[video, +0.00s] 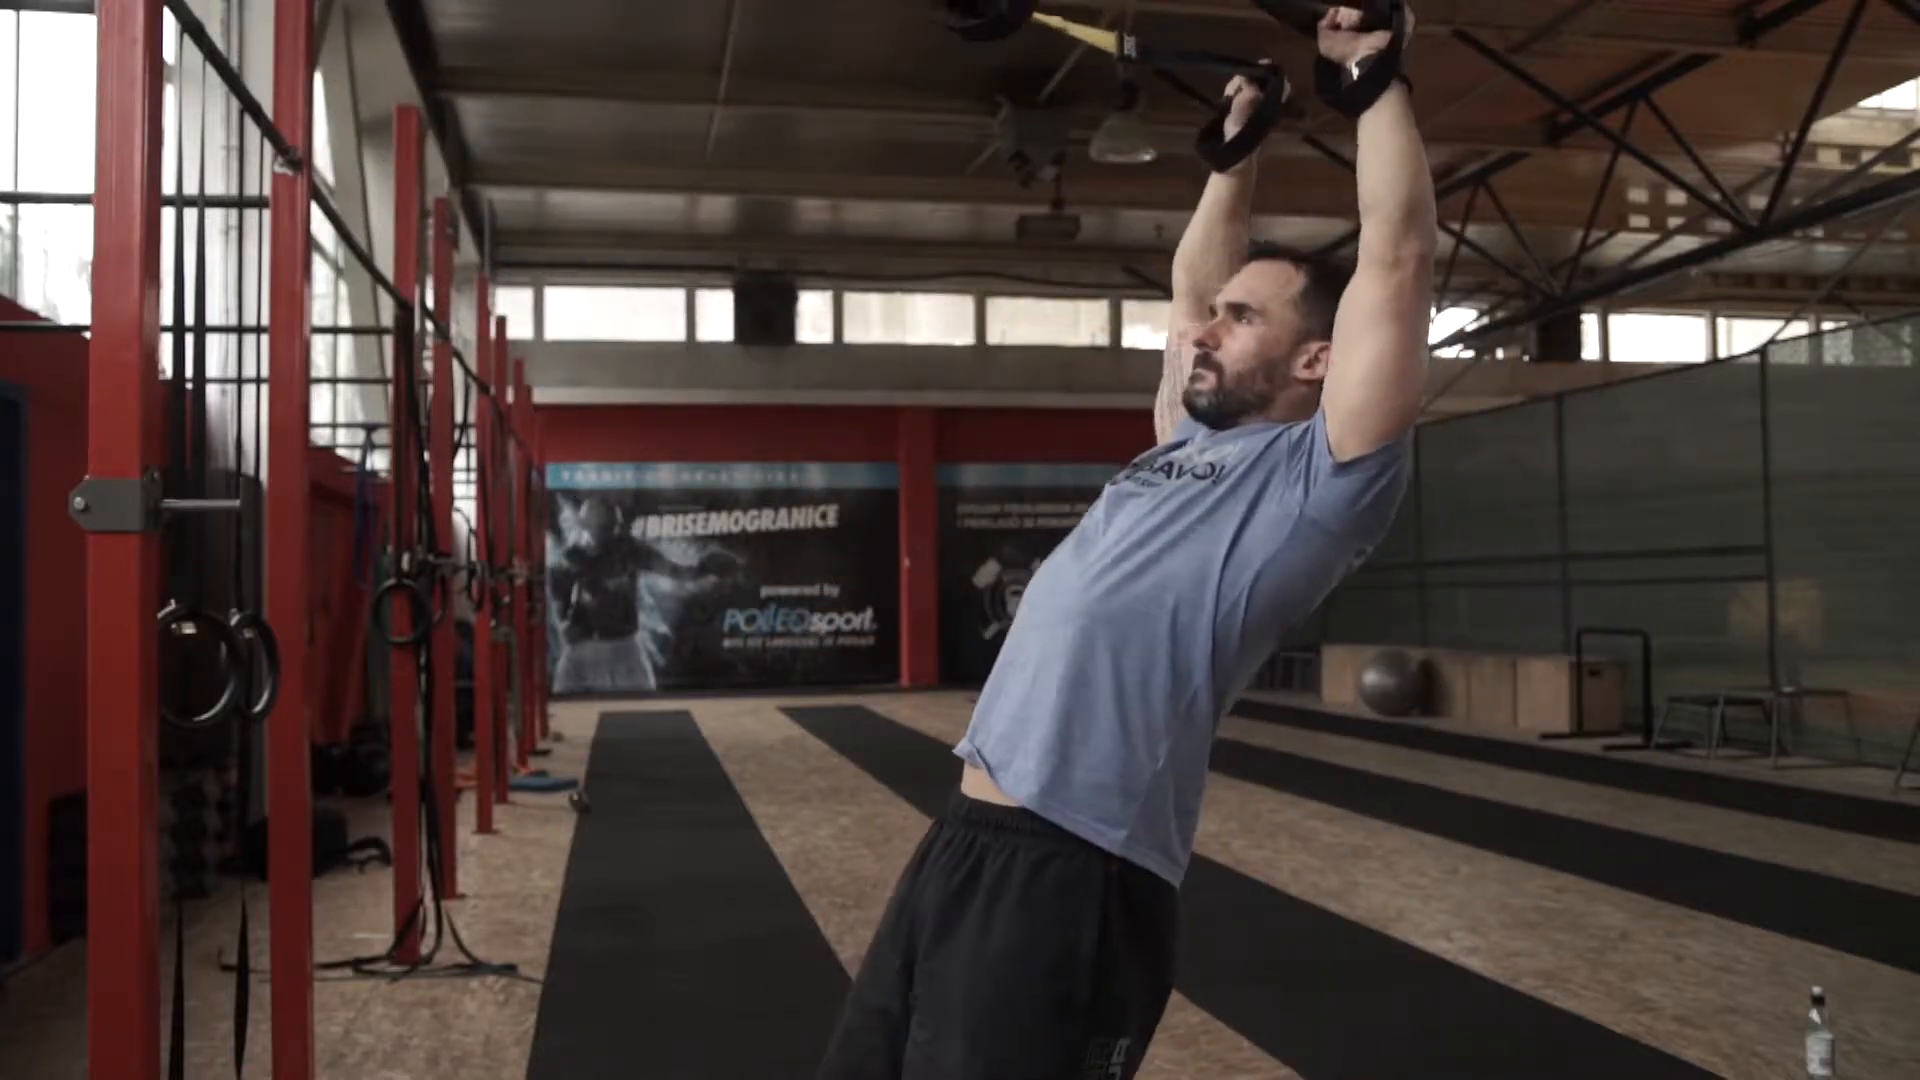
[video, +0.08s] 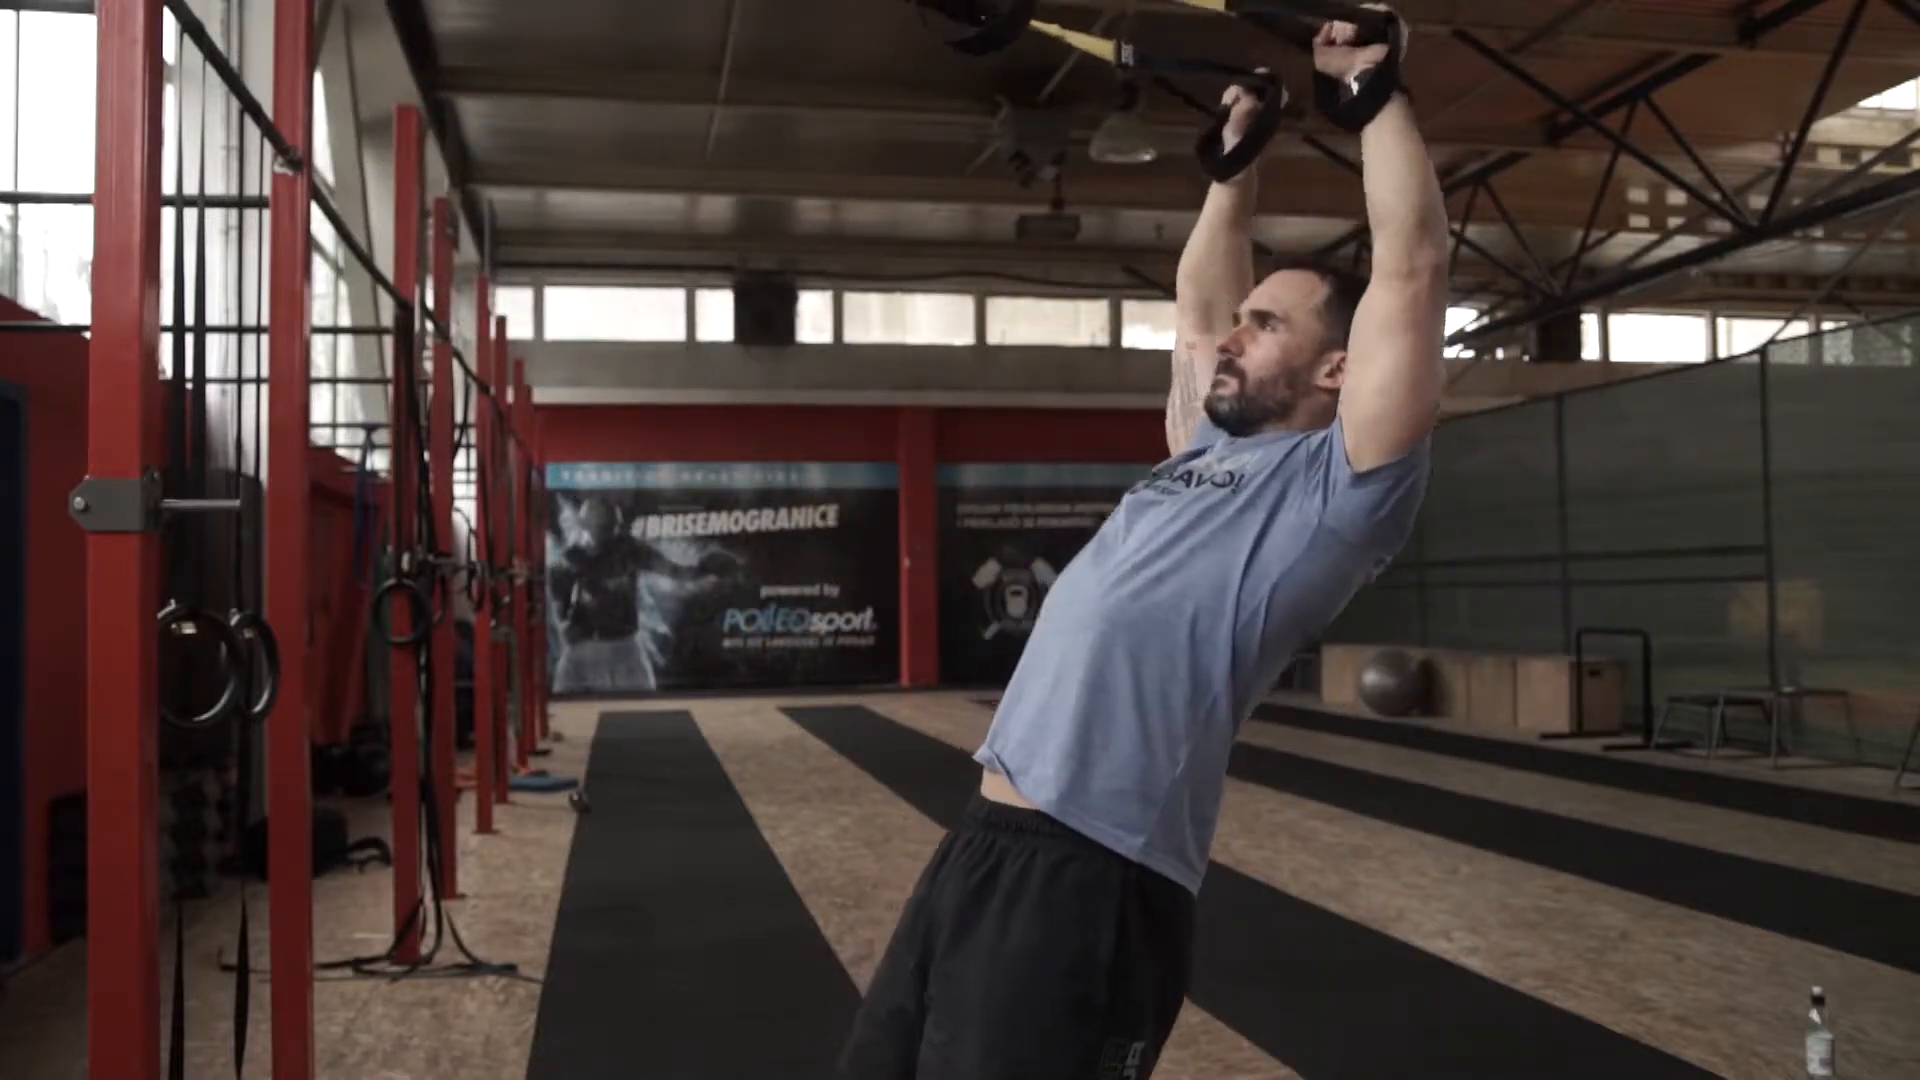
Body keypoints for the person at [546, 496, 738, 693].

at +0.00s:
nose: (601, 530)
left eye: (606, 522)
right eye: (594, 523)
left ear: (615, 521)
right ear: (583, 523)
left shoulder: (629, 549)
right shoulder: (572, 558)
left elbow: (673, 571)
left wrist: (703, 572)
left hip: (625, 649)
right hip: (581, 651)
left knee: (637, 716)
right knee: (573, 719)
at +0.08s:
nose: (602, 529)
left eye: (607, 521)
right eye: (594, 523)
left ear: (615, 520)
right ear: (583, 523)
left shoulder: (629, 549)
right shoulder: (571, 558)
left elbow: (673, 571)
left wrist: (703, 571)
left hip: (625, 649)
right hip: (581, 652)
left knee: (637, 717)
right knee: (573, 719)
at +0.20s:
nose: (600, 527)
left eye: (605, 520)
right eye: (594, 521)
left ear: (615, 520)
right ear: (583, 523)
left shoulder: (629, 549)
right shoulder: (573, 557)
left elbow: (672, 571)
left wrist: (702, 571)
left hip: (625, 647)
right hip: (581, 649)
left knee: (637, 714)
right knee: (573, 717)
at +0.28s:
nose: (600, 527)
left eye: (605, 520)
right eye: (594, 521)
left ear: (615, 520)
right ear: (583, 523)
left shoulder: (629, 549)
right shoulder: (573, 557)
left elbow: (672, 571)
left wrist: (702, 571)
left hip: (625, 647)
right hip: (581, 649)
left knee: (637, 714)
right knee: (573, 717)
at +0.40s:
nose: (601, 529)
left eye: (606, 521)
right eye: (594, 523)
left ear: (615, 520)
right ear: (583, 523)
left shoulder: (629, 549)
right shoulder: (572, 558)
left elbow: (672, 571)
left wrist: (702, 572)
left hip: (625, 648)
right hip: (581, 650)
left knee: (637, 716)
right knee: (573, 718)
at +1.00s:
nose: (583, 549)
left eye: (588, 542)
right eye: (577, 543)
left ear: (595, 540)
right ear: (563, 542)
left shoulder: (607, 566)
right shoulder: (549, 576)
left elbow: (651, 589)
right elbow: (539, 635)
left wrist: (680, 588)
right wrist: (551, 619)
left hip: (603, 669)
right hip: (558, 672)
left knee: (614, 740)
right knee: (549, 741)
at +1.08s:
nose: (580, 571)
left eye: (583, 564)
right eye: (573, 565)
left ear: (590, 561)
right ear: (558, 563)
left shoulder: (601, 586)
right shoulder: (541, 599)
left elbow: (645, 609)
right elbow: (534, 656)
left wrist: (675, 607)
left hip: (599, 689)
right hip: (553, 692)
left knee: (612, 759)